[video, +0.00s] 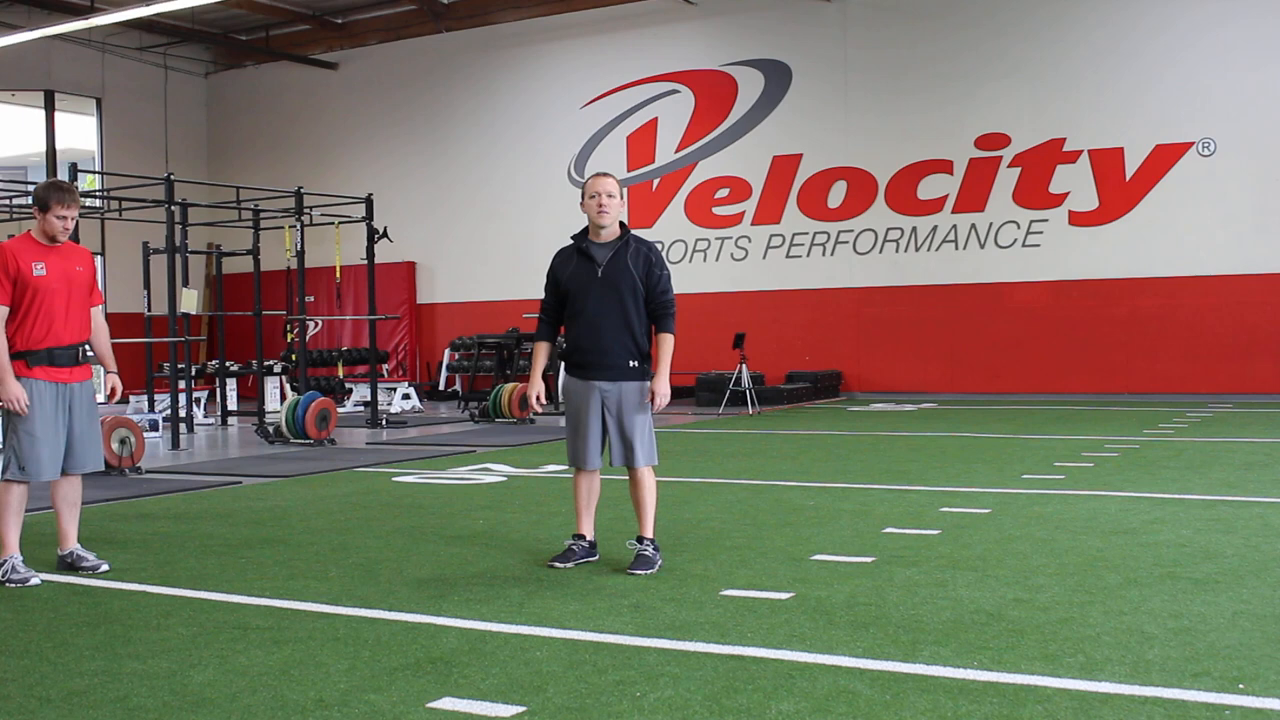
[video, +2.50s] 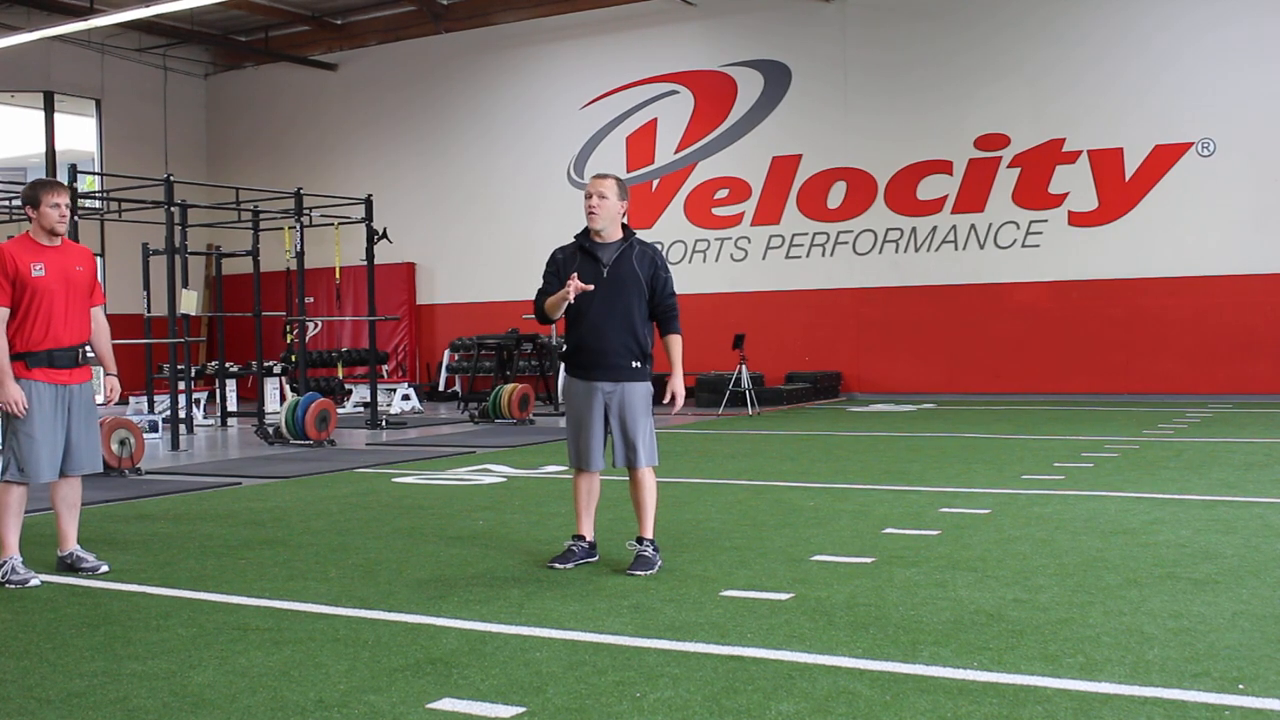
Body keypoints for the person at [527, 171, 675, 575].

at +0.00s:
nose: (602, 202)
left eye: (610, 196)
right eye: (594, 196)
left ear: (622, 205)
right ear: (583, 205)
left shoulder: (646, 255)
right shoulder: (565, 258)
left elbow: (665, 316)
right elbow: (547, 321)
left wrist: (662, 375)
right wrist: (535, 377)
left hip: (631, 381)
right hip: (579, 380)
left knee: (639, 464)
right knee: (584, 463)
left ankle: (646, 543)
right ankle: (584, 541)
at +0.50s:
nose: (600, 200)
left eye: (607, 194)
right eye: (592, 195)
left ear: (621, 205)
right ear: (582, 206)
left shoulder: (645, 256)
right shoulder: (564, 259)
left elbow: (666, 316)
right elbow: (548, 320)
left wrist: (658, 368)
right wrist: (539, 370)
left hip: (631, 381)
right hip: (579, 381)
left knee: (639, 464)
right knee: (584, 464)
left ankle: (646, 544)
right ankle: (583, 542)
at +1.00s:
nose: (607, 202)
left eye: (614, 196)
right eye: (599, 196)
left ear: (626, 206)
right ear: (587, 206)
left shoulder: (648, 256)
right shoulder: (565, 258)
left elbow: (666, 314)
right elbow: (542, 316)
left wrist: (642, 310)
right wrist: (564, 303)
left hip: (631, 379)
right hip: (581, 377)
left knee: (639, 462)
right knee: (585, 462)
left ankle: (646, 544)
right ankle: (583, 542)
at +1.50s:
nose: (605, 202)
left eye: (613, 196)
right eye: (598, 196)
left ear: (626, 206)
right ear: (587, 206)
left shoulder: (648, 256)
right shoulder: (566, 258)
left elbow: (666, 314)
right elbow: (542, 315)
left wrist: (641, 311)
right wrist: (560, 305)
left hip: (631, 379)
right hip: (581, 377)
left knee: (639, 463)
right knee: (585, 462)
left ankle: (646, 544)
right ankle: (584, 542)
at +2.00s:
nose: (592, 203)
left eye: (602, 198)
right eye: (589, 197)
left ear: (623, 208)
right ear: (584, 205)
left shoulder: (649, 257)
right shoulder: (567, 256)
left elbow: (671, 315)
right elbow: (539, 310)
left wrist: (657, 358)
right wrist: (560, 277)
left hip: (632, 380)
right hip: (581, 379)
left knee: (639, 463)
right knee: (585, 463)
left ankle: (646, 544)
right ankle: (583, 542)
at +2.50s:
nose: (591, 202)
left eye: (600, 197)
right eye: (588, 197)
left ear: (622, 207)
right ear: (584, 205)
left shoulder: (648, 257)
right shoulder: (564, 258)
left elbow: (668, 317)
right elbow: (543, 314)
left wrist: (677, 372)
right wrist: (564, 294)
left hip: (632, 379)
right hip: (581, 378)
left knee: (640, 463)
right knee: (585, 463)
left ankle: (647, 544)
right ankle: (584, 542)